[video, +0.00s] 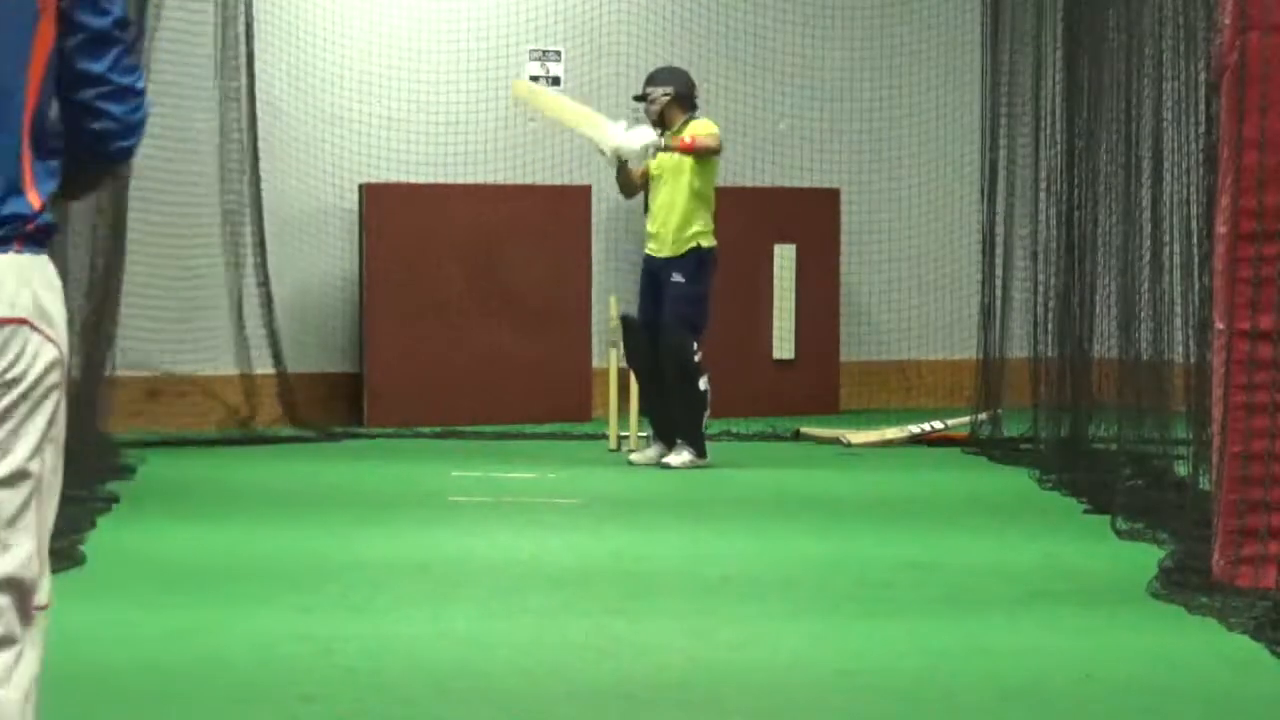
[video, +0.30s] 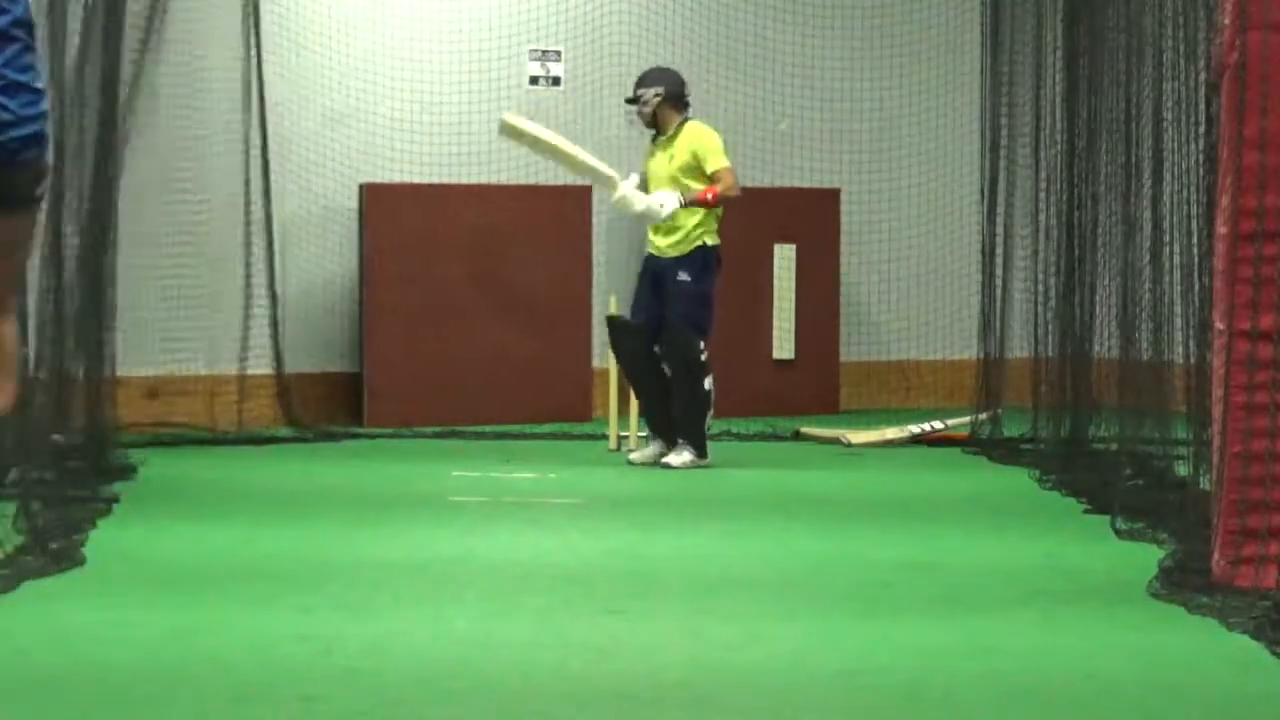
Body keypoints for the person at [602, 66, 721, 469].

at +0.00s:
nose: (645, 107)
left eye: (650, 99)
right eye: (644, 100)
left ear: (671, 97)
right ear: (660, 101)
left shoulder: (699, 128)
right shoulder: (656, 145)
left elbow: (712, 146)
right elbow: (630, 188)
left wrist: (664, 144)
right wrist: (620, 157)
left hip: (690, 253)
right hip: (656, 254)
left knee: (676, 343)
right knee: (649, 343)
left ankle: (692, 445)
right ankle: (664, 439)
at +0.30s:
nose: (638, 111)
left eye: (643, 103)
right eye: (638, 103)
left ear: (662, 99)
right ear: (657, 101)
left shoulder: (700, 136)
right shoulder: (656, 148)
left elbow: (729, 187)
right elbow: (656, 192)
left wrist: (683, 199)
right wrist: (635, 194)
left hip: (693, 256)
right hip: (658, 256)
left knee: (683, 346)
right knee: (638, 342)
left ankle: (692, 444)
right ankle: (663, 436)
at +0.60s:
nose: (613, 169)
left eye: (621, 160)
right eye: (605, 162)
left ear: (635, 159)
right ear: (595, 164)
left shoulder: (648, 195)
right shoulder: (605, 184)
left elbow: (659, 264)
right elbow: (613, 220)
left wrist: (623, 270)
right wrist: (606, 235)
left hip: (701, 254)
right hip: (672, 257)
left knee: (656, 330)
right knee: (639, 335)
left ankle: (669, 442)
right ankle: (663, 437)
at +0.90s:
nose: (617, 130)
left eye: (624, 123)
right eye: (609, 125)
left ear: (636, 121)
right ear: (598, 128)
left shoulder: (654, 136)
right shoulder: (595, 160)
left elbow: (646, 162)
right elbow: (589, 217)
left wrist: (606, 169)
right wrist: (579, 186)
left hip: (674, 255)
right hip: (625, 262)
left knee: (662, 332)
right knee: (606, 349)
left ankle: (668, 441)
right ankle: (633, 428)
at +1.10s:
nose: (609, 110)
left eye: (609, 105)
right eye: (604, 105)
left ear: (579, 106)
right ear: (585, 106)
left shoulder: (614, 134)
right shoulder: (561, 139)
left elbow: (644, 130)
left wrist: (661, 105)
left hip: (653, 227)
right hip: (612, 240)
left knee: (681, 310)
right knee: (618, 337)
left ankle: (681, 416)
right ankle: (599, 430)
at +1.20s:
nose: (593, 108)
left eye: (590, 101)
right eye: (586, 102)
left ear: (567, 109)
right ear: (568, 109)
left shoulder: (593, 145)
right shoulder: (559, 144)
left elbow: (637, 148)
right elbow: (618, 114)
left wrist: (660, 109)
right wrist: (657, 79)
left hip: (641, 236)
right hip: (604, 250)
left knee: (685, 294)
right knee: (607, 344)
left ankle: (714, 399)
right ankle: (589, 434)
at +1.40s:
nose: (581, 113)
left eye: (579, 107)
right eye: (575, 108)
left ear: (553, 115)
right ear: (556, 113)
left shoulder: (575, 150)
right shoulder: (559, 147)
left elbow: (615, 174)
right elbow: (617, 125)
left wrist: (625, 128)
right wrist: (618, 107)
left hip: (626, 245)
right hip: (595, 256)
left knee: (693, 291)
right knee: (609, 349)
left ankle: (761, 356)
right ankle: (586, 439)